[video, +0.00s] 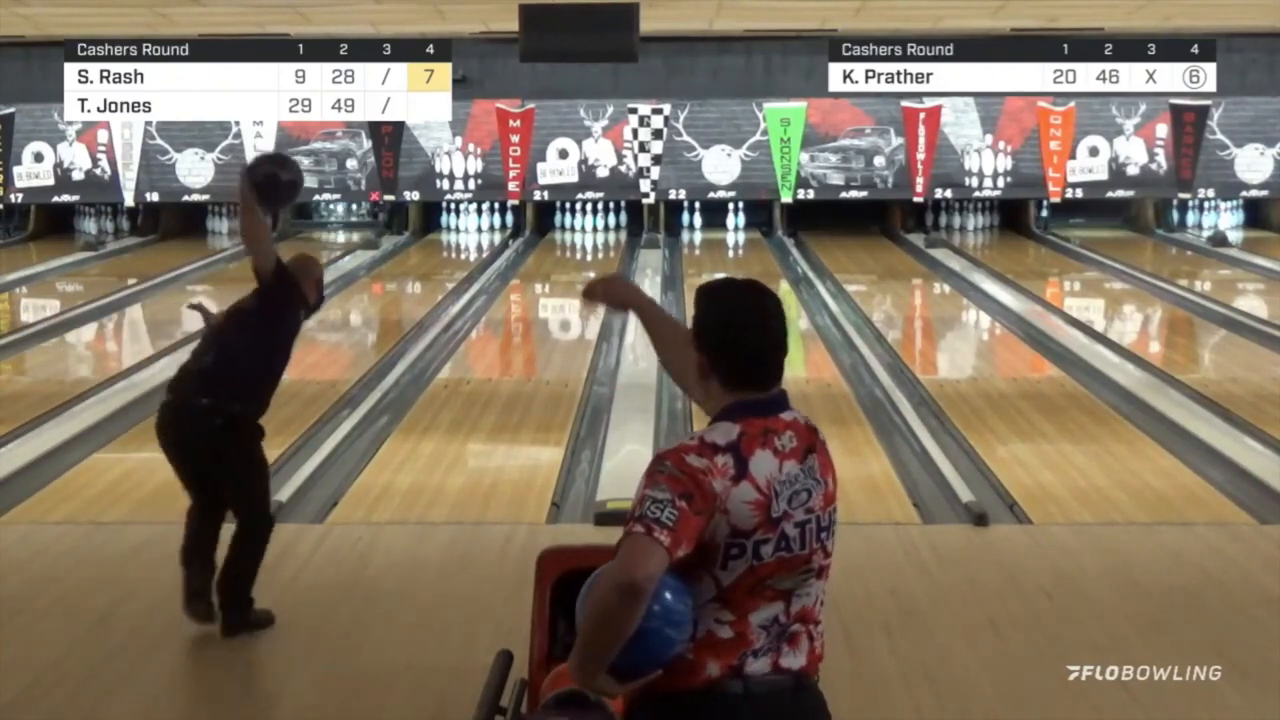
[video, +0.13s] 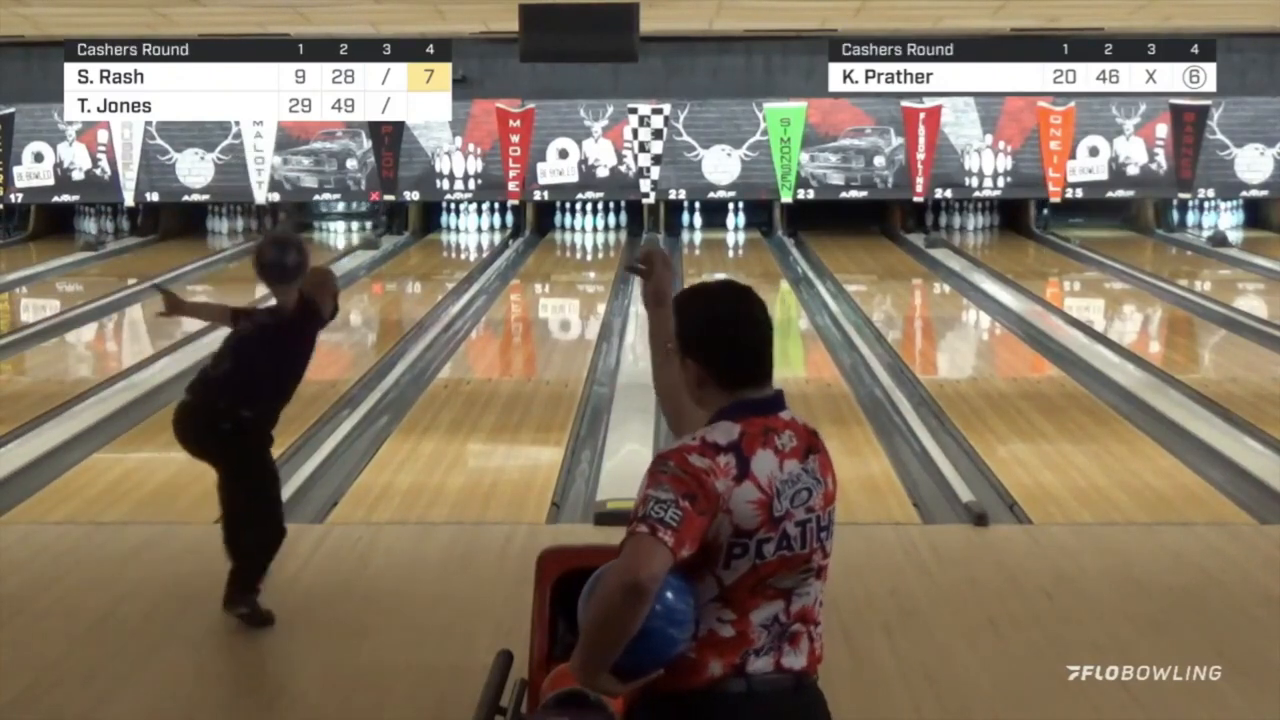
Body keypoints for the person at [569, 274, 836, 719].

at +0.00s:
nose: (686, 345)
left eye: (690, 336)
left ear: (702, 359)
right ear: (781, 353)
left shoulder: (691, 465)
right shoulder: (809, 442)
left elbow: (632, 578)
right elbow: (699, 376)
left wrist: (584, 670)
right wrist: (638, 301)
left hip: (695, 696)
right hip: (795, 692)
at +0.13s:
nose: (676, 367)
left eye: (676, 355)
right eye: (676, 354)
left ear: (693, 367)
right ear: (765, 352)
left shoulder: (693, 463)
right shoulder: (810, 445)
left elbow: (638, 576)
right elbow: (688, 416)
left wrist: (586, 671)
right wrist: (660, 310)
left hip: (699, 697)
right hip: (796, 691)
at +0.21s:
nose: (666, 369)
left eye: (667, 357)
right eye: (665, 357)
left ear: (687, 370)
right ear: (758, 351)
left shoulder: (692, 463)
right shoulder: (810, 447)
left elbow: (639, 577)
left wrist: (587, 669)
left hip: (700, 697)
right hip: (795, 692)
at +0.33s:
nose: (667, 378)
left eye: (665, 364)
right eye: (664, 365)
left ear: (685, 371)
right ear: (752, 354)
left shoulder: (691, 463)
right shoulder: (810, 450)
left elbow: (641, 579)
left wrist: (589, 672)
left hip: (698, 696)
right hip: (793, 691)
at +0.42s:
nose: (667, 380)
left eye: (665, 365)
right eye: (664, 366)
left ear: (685, 370)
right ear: (752, 354)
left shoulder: (689, 465)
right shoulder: (810, 451)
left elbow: (639, 579)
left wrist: (587, 670)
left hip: (694, 698)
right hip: (790, 692)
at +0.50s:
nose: (669, 382)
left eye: (666, 366)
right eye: (665, 367)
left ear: (685, 370)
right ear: (752, 354)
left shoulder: (687, 467)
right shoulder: (811, 453)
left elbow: (636, 579)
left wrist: (585, 669)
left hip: (691, 698)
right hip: (789, 693)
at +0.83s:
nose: (674, 377)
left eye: (672, 363)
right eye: (672, 364)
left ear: (689, 367)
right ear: (758, 355)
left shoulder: (681, 469)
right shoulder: (817, 459)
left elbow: (624, 580)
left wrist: (573, 671)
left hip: (685, 698)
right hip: (789, 695)